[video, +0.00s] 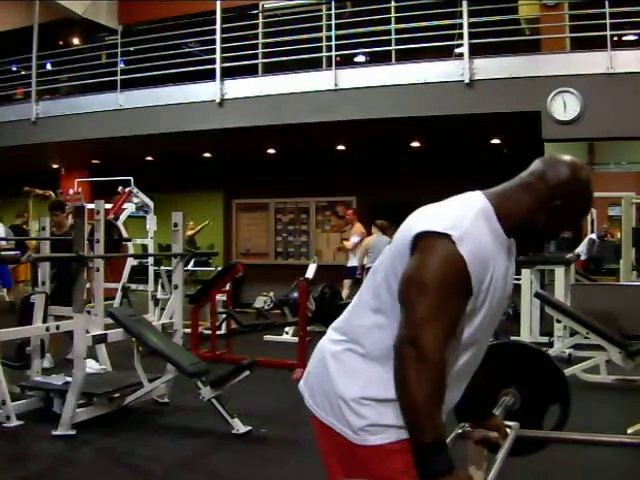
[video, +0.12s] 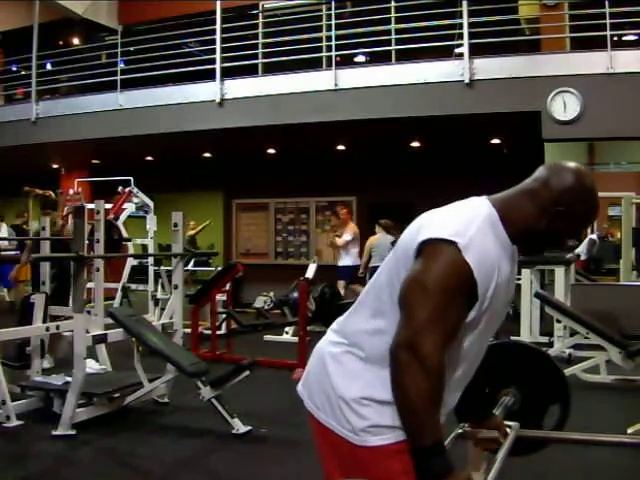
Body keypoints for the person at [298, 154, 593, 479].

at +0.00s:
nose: (562, 235)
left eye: (570, 226)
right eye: (567, 223)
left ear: (539, 192)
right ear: (551, 205)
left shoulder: (497, 240)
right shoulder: (454, 237)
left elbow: (454, 341)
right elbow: (417, 349)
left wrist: (471, 414)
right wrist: (437, 462)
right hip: (360, 399)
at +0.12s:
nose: (569, 245)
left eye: (576, 236)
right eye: (573, 232)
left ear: (540, 195)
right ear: (553, 214)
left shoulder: (495, 244)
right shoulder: (463, 242)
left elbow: (450, 346)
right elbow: (414, 352)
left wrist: (471, 413)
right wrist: (434, 463)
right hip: (359, 400)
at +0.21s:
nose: (570, 248)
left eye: (578, 239)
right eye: (575, 235)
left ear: (542, 200)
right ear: (554, 217)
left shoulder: (495, 244)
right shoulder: (464, 246)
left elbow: (448, 343)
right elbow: (411, 353)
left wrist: (471, 412)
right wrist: (434, 465)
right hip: (357, 401)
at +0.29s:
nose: (570, 248)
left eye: (578, 240)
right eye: (575, 235)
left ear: (543, 201)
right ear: (554, 217)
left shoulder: (496, 244)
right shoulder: (463, 246)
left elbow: (450, 342)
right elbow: (411, 354)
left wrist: (471, 411)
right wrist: (434, 466)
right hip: (355, 400)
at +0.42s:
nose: (571, 251)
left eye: (578, 242)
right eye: (576, 238)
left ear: (544, 209)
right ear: (555, 221)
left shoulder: (497, 248)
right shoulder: (464, 250)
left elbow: (450, 342)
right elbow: (408, 356)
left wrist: (471, 412)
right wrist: (432, 466)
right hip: (354, 401)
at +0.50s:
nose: (569, 254)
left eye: (577, 246)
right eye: (574, 243)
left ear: (545, 212)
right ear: (553, 224)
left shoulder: (497, 250)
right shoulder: (463, 252)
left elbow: (457, 342)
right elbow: (408, 355)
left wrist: (474, 415)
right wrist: (429, 463)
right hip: (355, 403)